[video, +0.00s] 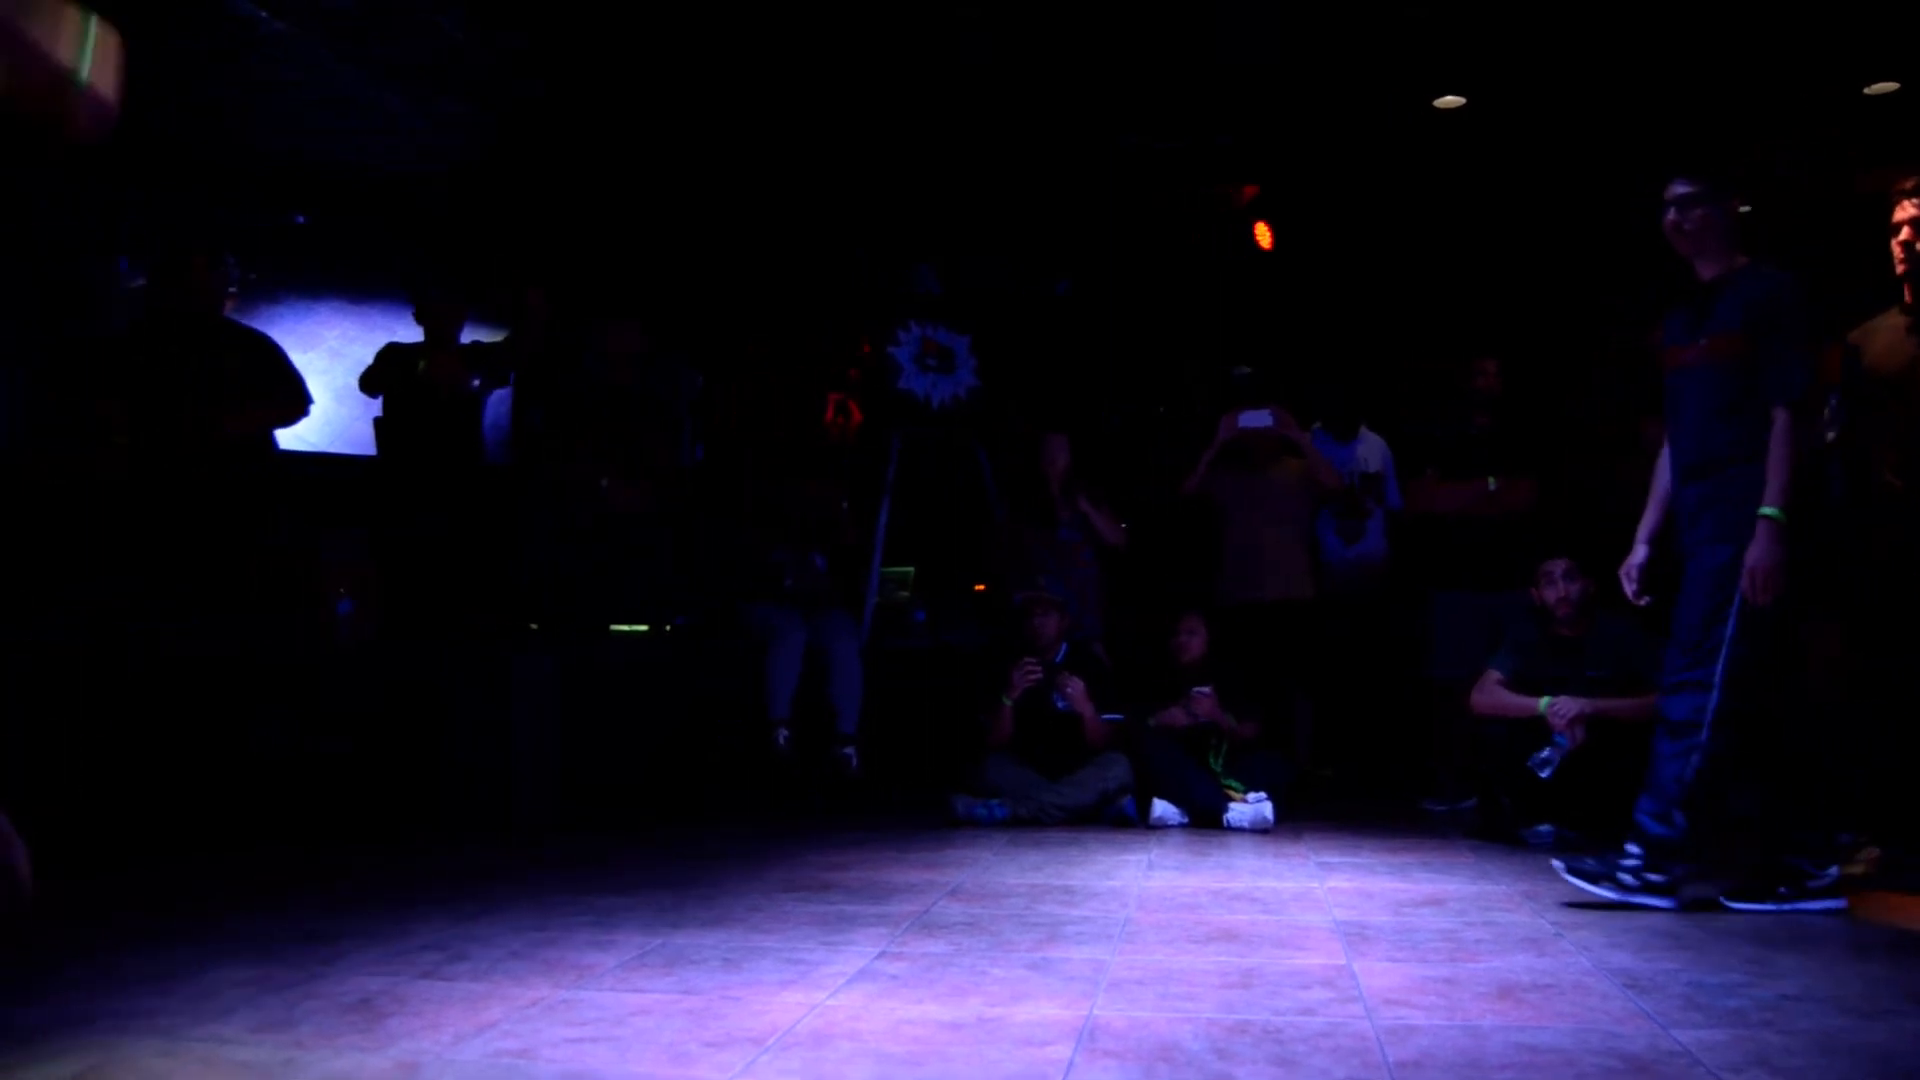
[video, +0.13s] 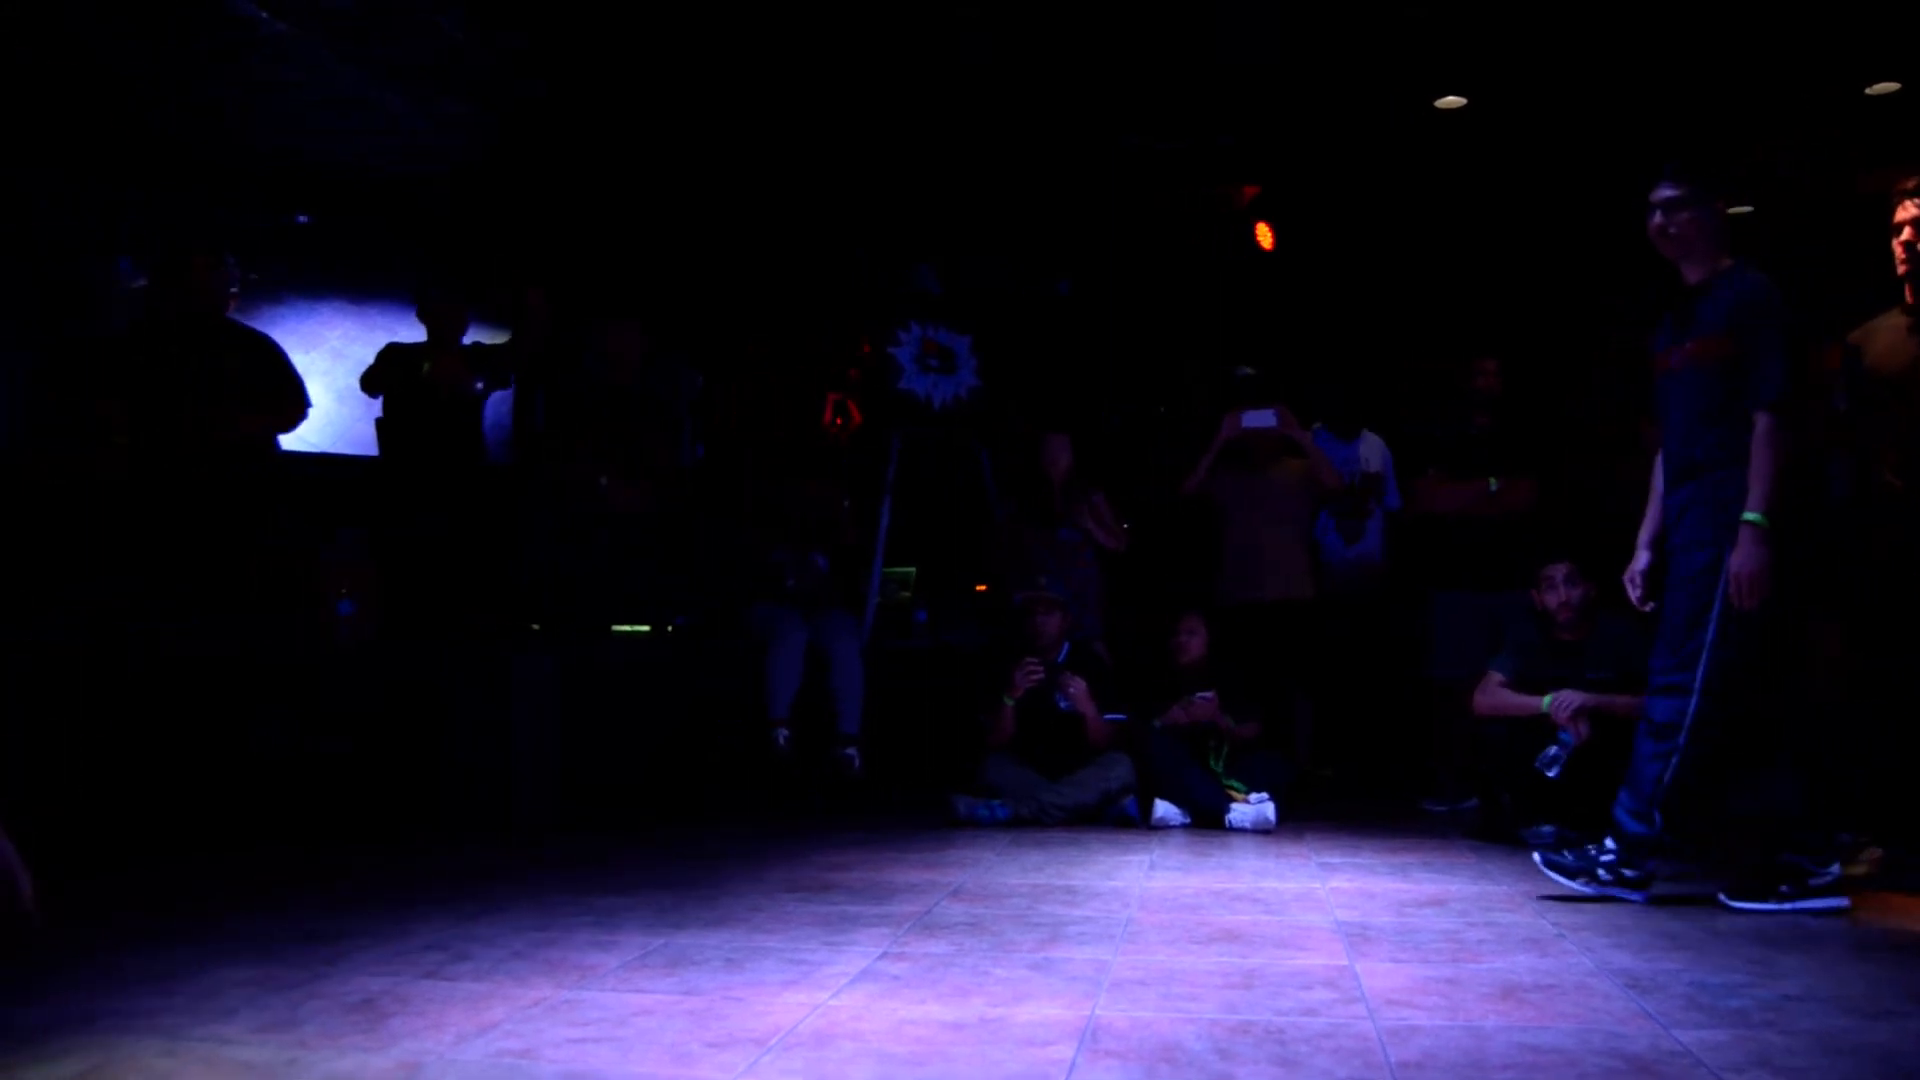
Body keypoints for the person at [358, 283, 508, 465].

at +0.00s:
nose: (444, 325)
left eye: (451, 315)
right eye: (436, 315)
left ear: (461, 317)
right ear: (419, 317)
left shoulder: (474, 357)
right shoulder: (397, 355)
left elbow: (515, 349)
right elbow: (368, 386)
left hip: (461, 456)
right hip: (406, 457)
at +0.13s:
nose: (449, 324)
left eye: (456, 314)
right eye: (441, 313)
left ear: (466, 317)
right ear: (422, 315)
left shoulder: (476, 358)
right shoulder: (397, 355)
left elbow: (519, 351)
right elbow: (369, 386)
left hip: (463, 458)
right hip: (407, 459)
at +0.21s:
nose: (456, 323)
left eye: (464, 313)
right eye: (448, 313)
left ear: (473, 318)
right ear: (430, 315)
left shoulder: (482, 358)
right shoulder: (404, 356)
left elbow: (525, 353)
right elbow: (376, 385)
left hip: (470, 458)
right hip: (414, 459)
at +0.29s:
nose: (471, 325)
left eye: (478, 317)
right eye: (463, 316)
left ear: (486, 320)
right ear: (443, 317)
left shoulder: (490, 359)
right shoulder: (417, 358)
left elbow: (536, 354)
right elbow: (389, 387)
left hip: (481, 461)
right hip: (427, 462)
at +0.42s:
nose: (480, 326)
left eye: (486, 318)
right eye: (471, 317)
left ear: (493, 321)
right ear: (450, 319)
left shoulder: (499, 361)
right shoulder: (424, 361)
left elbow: (546, 354)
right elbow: (401, 392)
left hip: (491, 464)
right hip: (436, 465)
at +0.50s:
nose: (474, 327)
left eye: (481, 318)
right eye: (464, 318)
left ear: (490, 322)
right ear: (445, 320)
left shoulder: (498, 362)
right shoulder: (423, 361)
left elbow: (544, 357)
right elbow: (401, 391)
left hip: (490, 464)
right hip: (434, 465)